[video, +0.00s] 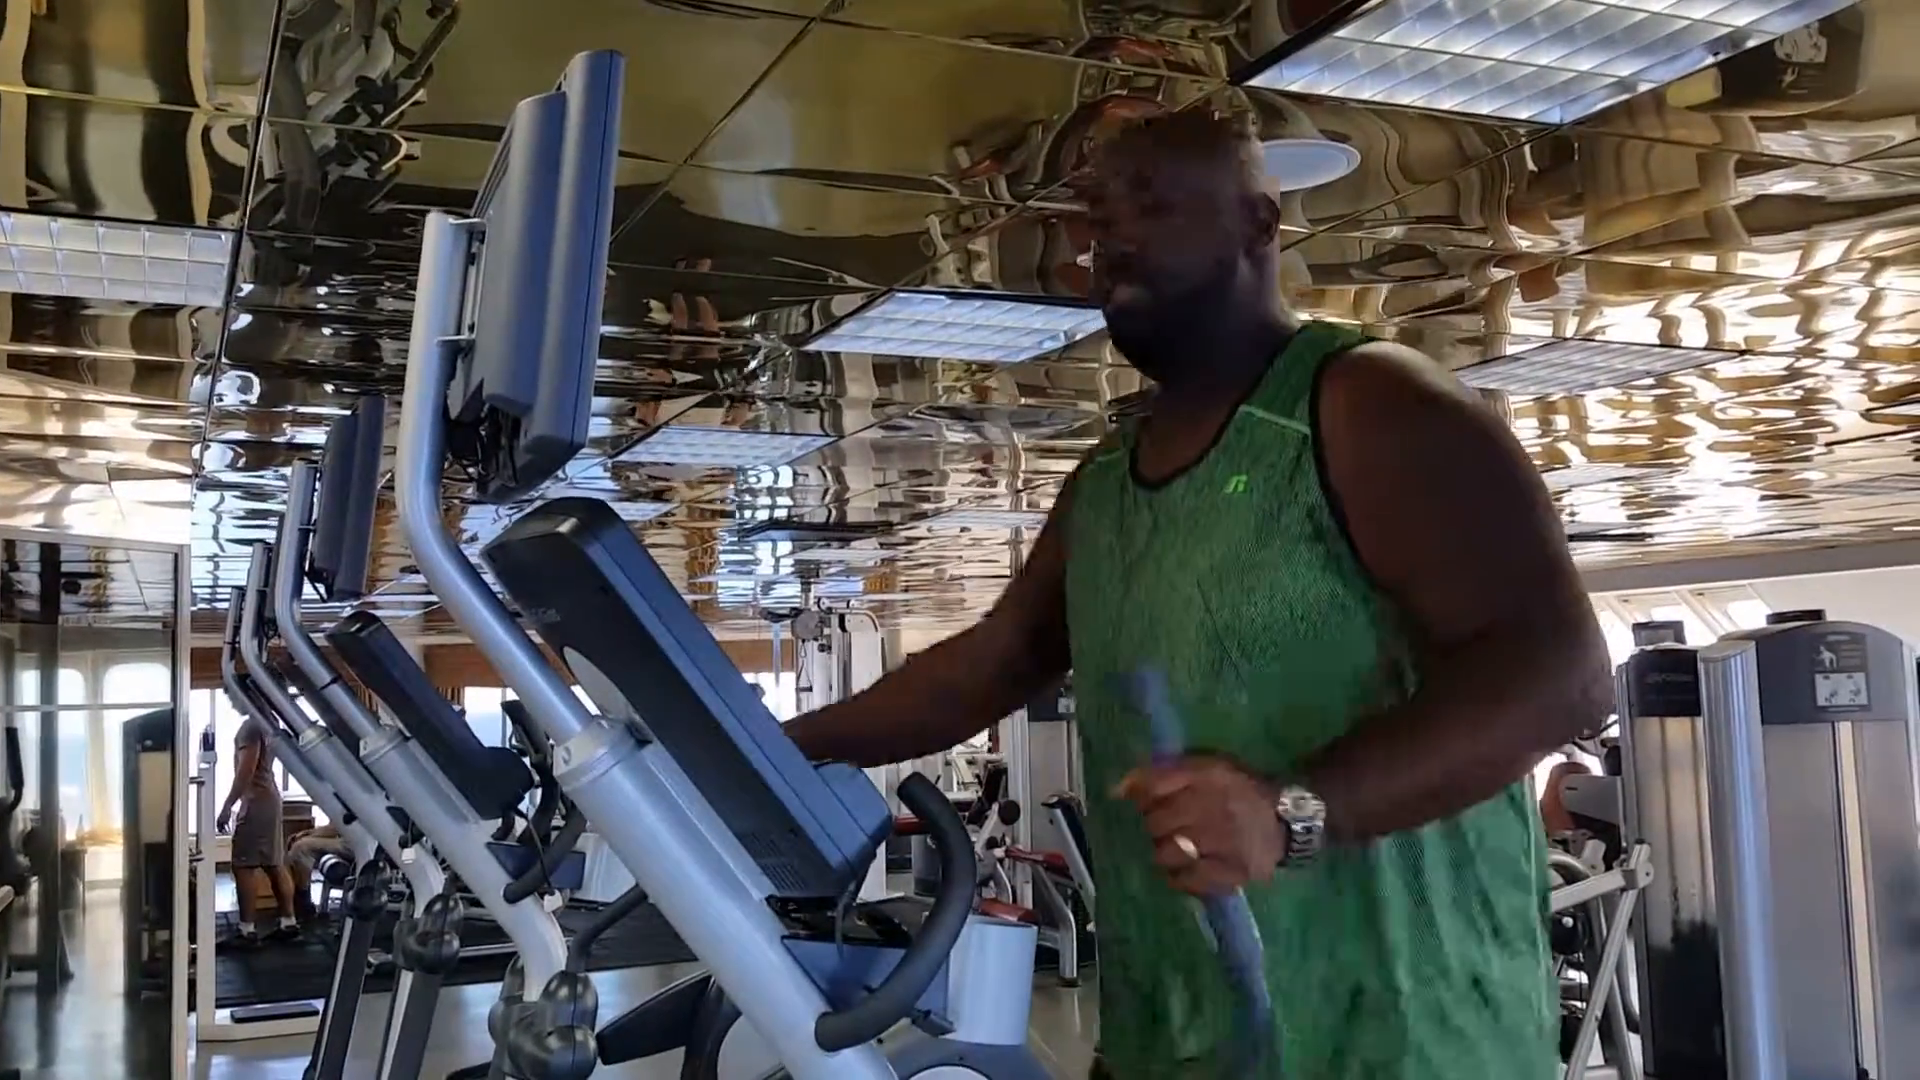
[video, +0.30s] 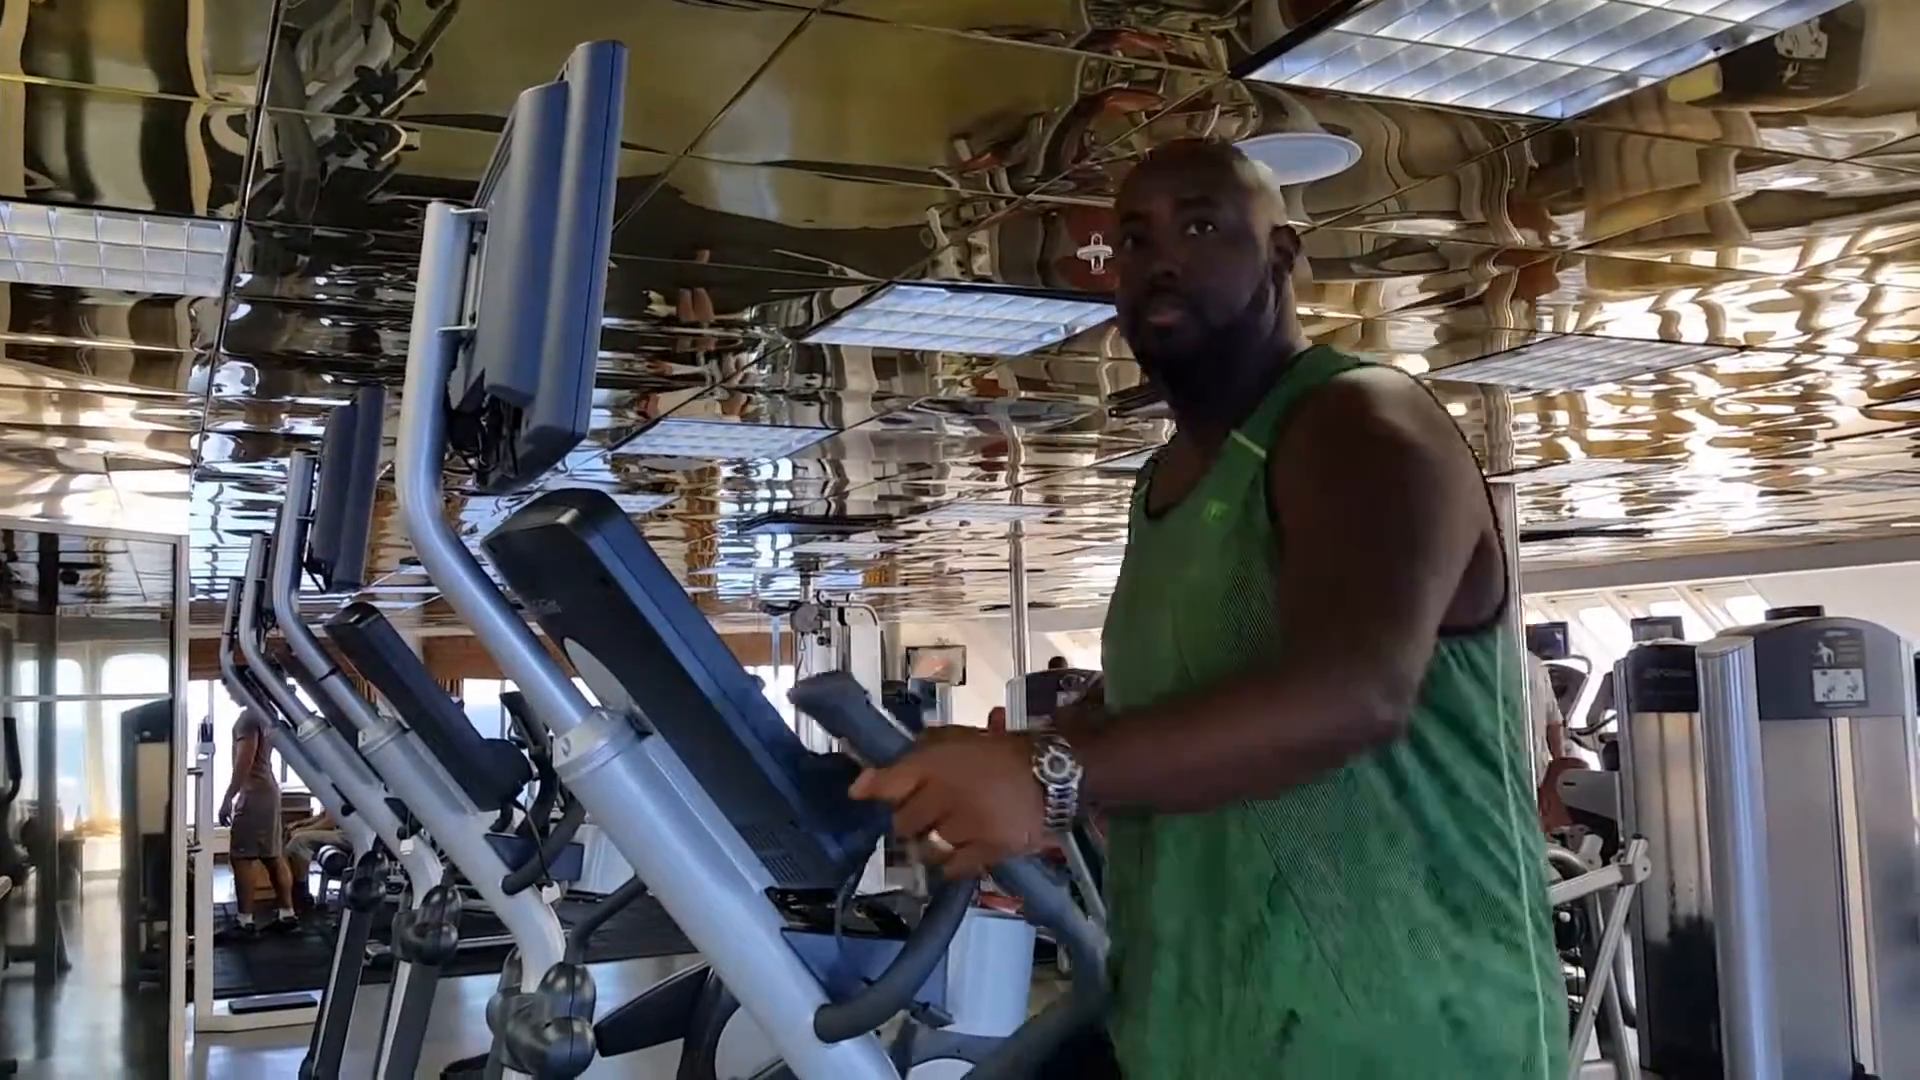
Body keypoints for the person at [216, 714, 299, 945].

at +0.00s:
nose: (228, 699)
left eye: (231, 691)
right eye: (227, 692)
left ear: (245, 694)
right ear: (253, 694)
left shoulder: (251, 726)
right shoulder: (266, 724)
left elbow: (245, 773)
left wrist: (226, 808)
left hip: (255, 801)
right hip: (271, 800)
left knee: (243, 865)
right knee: (274, 864)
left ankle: (247, 927)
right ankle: (289, 922)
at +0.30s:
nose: (226, 691)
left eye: (228, 682)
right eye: (225, 684)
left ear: (243, 684)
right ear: (249, 686)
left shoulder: (249, 716)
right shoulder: (264, 715)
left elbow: (244, 764)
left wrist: (227, 800)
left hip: (253, 794)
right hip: (269, 792)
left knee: (241, 857)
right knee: (273, 856)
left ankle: (245, 919)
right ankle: (287, 914)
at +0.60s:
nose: (226, 677)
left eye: (230, 670)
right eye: (225, 670)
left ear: (243, 675)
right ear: (252, 677)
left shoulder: (248, 710)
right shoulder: (264, 707)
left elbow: (242, 756)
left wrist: (224, 792)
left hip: (251, 785)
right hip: (268, 783)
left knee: (240, 849)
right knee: (271, 848)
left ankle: (243, 911)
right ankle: (285, 906)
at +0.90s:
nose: (227, 674)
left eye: (230, 671)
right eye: (227, 671)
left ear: (242, 675)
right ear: (254, 676)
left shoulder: (247, 711)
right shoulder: (263, 707)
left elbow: (241, 756)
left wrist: (222, 792)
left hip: (251, 783)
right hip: (266, 781)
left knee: (237, 846)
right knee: (268, 846)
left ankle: (239, 909)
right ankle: (282, 904)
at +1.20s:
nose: (223, 679)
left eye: (227, 673)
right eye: (223, 673)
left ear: (239, 677)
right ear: (251, 678)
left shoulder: (245, 711)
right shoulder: (261, 706)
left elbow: (241, 758)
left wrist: (224, 794)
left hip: (248, 784)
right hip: (264, 782)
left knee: (237, 848)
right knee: (268, 846)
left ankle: (239, 909)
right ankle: (281, 905)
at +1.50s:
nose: (215, 683)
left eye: (217, 674)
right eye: (214, 676)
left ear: (231, 675)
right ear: (240, 677)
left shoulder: (237, 710)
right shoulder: (255, 705)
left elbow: (232, 759)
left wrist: (216, 794)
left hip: (240, 785)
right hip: (258, 783)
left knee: (228, 849)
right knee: (261, 846)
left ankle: (234, 910)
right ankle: (276, 904)